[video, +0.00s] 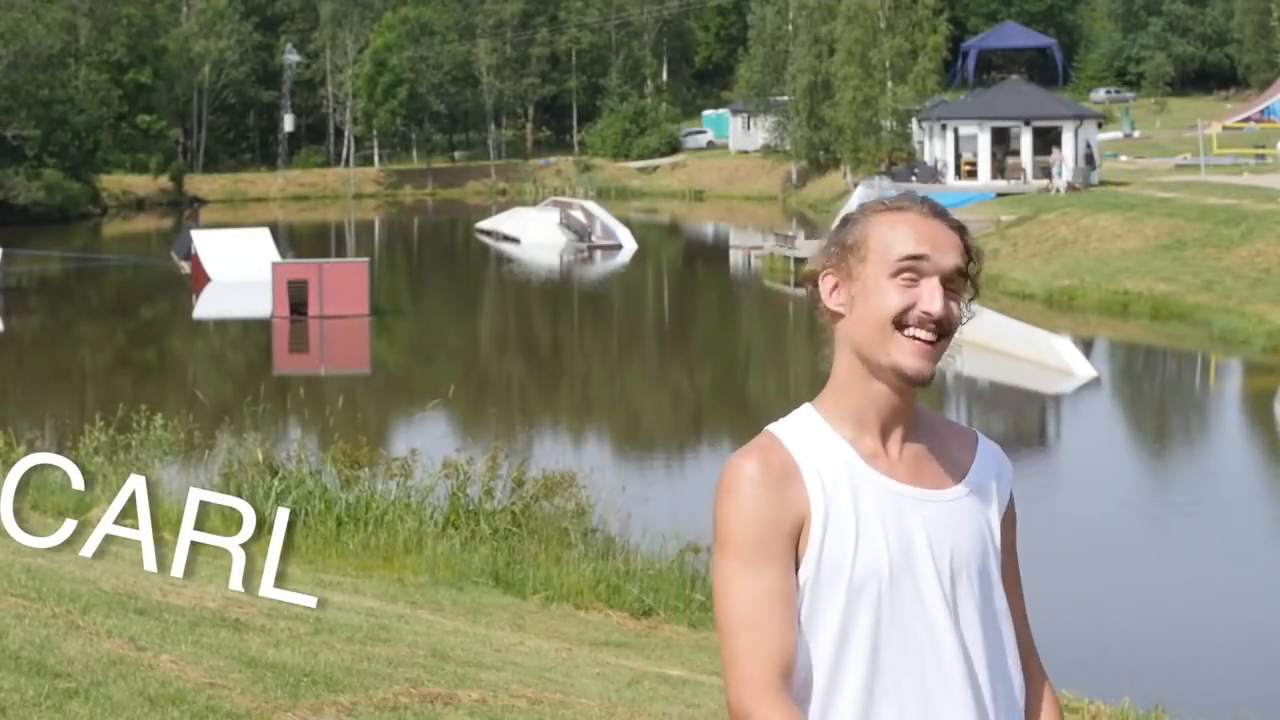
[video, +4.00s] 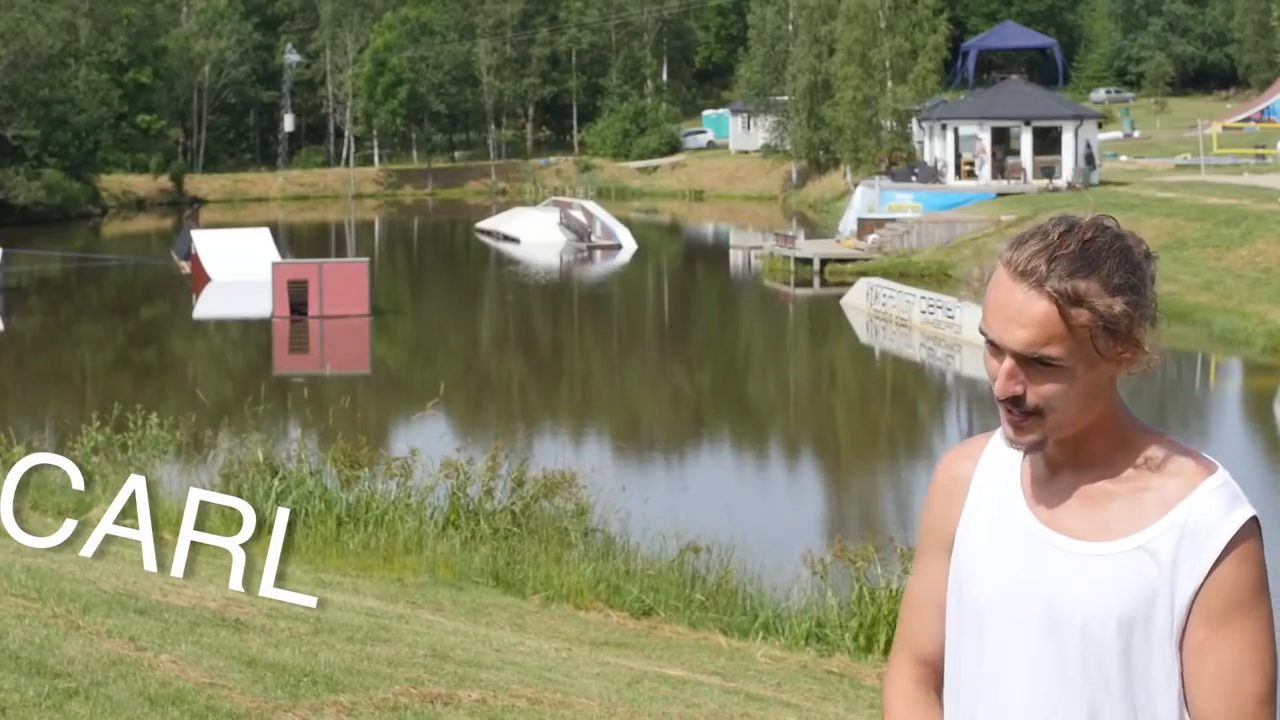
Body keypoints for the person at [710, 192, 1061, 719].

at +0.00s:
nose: (938, 307)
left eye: (952, 286)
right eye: (909, 276)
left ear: (962, 305)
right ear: (836, 291)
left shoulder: (986, 467)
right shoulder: (767, 476)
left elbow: (1026, 675)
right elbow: (758, 697)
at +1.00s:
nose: (942, 324)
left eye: (969, 305)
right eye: (919, 291)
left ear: (989, 326)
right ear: (869, 296)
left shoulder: (1029, 484)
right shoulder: (786, 481)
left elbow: (1054, 685)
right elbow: (728, 692)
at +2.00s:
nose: (845, 323)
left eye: (868, 293)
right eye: (814, 298)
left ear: (902, 298)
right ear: (774, 310)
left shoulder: (994, 443)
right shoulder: (757, 457)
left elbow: (1116, 636)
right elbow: (653, 624)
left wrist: (1229, 713)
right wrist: (725, 421)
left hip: (974, 711)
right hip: (795, 711)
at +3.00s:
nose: (869, 399)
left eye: (895, 366)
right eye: (842, 370)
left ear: (957, 328)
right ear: (820, 350)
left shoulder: (1079, 464)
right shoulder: (834, 505)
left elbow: (1155, 694)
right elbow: (803, 697)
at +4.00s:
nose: (1004, 385)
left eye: (1042, 363)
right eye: (993, 347)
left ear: (1122, 352)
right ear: (983, 326)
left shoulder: (1208, 524)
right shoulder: (965, 476)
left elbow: (1238, 709)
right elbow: (915, 675)